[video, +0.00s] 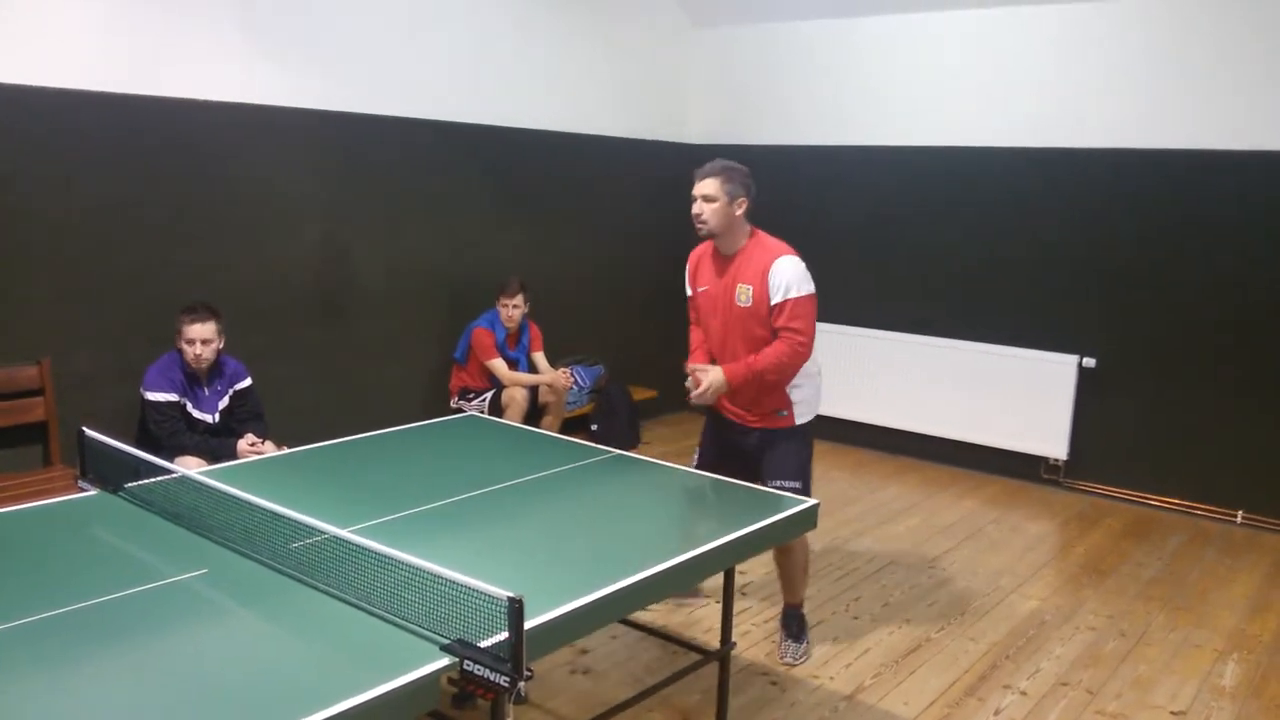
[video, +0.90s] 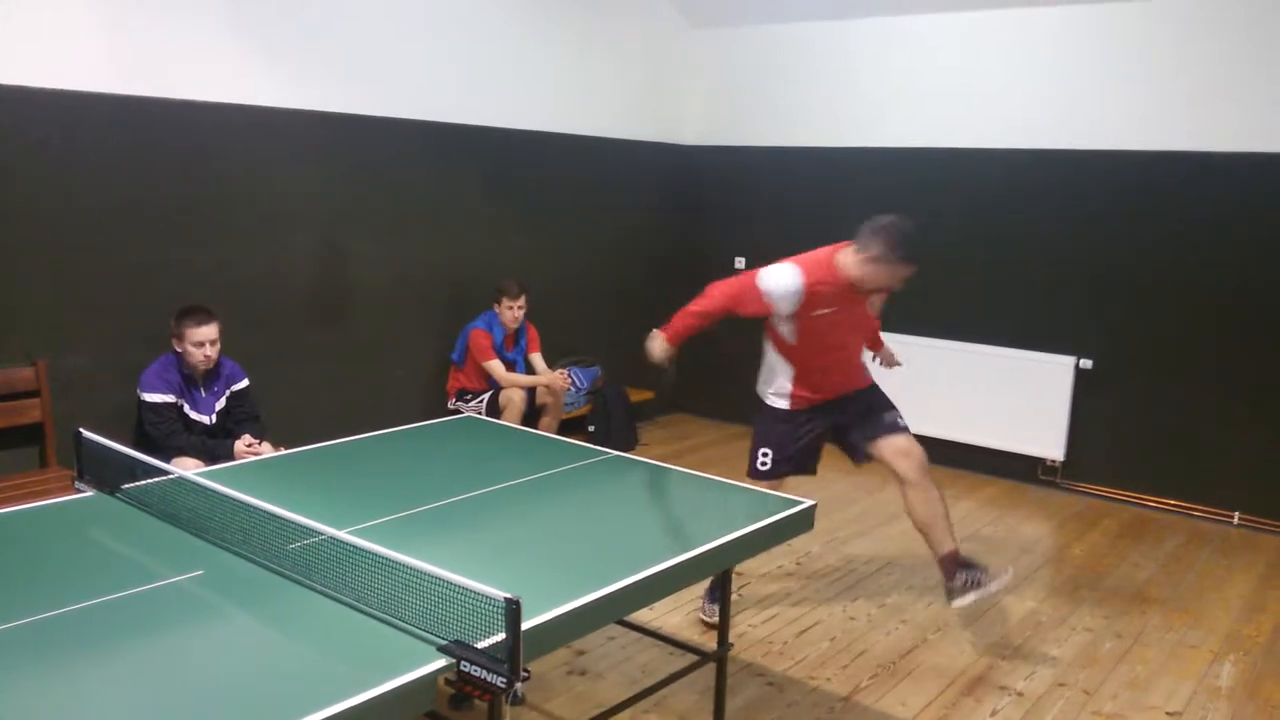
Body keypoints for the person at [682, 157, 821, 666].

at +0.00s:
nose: (696, 209)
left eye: (707, 201)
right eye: (694, 200)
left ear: (740, 206)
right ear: (696, 206)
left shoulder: (782, 265)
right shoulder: (697, 261)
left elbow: (796, 344)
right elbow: (699, 329)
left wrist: (728, 377)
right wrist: (699, 365)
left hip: (781, 424)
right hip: (724, 416)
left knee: (787, 523)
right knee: (699, 503)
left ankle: (793, 616)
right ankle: (686, 578)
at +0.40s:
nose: (690, 259)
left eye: (697, 248)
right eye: (686, 250)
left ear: (727, 236)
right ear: (687, 244)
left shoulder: (788, 274)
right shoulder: (695, 287)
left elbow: (826, 347)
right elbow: (697, 352)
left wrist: (794, 414)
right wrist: (712, 404)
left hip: (807, 407)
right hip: (745, 408)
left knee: (818, 508)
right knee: (717, 496)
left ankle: (825, 619)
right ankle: (715, 582)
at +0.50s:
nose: (696, 294)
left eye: (700, 284)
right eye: (689, 286)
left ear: (723, 263)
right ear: (682, 275)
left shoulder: (788, 281)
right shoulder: (689, 300)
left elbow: (831, 345)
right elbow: (687, 348)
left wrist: (826, 413)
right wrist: (698, 402)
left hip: (810, 402)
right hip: (748, 402)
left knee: (844, 493)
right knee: (724, 490)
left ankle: (863, 593)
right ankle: (714, 584)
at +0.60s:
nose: (729, 311)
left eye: (733, 303)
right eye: (720, 306)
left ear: (749, 276)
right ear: (704, 290)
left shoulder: (802, 287)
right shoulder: (693, 301)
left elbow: (849, 340)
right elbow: (677, 333)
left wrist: (870, 401)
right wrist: (674, 383)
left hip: (822, 395)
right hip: (755, 400)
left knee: (867, 478)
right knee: (723, 485)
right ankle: (715, 581)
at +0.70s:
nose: (775, 312)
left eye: (781, 303)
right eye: (765, 306)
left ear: (793, 282)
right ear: (747, 287)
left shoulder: (828, 282)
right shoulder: (715, 290)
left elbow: (862, 321)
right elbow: (675, 312)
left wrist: (884, 361)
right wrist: (655, 349)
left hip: (829, 387)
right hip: (761, 398)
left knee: (894, 459)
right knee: (736, 489)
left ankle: (947, 546)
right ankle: (717, 579)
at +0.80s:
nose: (827, 306)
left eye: (834, 298)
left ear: (846, 276)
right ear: (798, 277)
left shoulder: (854, 277)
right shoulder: (750, 288)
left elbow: (863, 308)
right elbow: (687, 297)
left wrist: (877, 344)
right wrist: (649, 328)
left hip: (837, 384)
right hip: (773, 400)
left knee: (901, 450)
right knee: (752, 497)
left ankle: (958, 548)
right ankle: (719, 584)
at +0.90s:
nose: (885, 294)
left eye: (891, 286)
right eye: (884, 284)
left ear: (886, 263)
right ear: (862, 256)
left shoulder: (868, 274)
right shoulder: (795, 279)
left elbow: (864, 313)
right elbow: (722, 295)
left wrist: (878, 344)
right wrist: (670, 334)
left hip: (852, 391)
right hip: (790, 401)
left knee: (912, 461)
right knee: (760, 501)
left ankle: (955, 573)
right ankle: (720, 583)